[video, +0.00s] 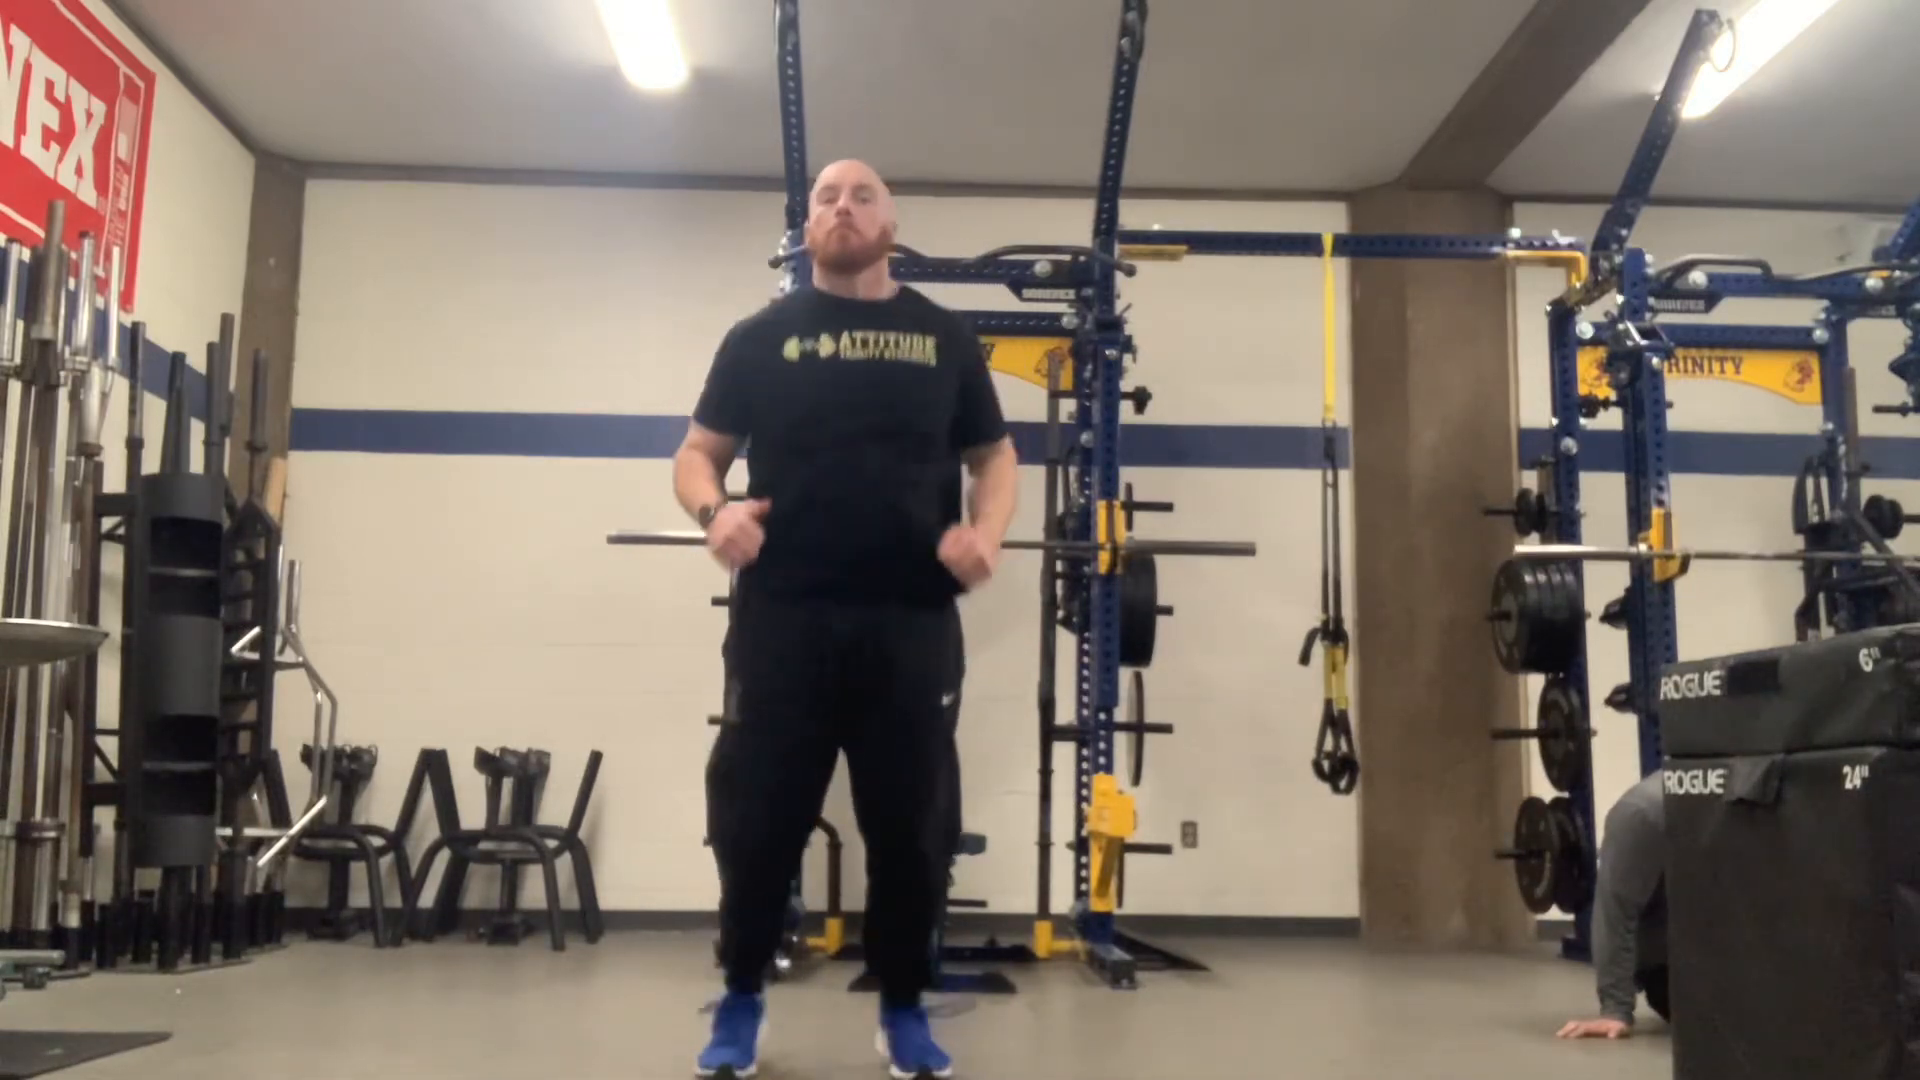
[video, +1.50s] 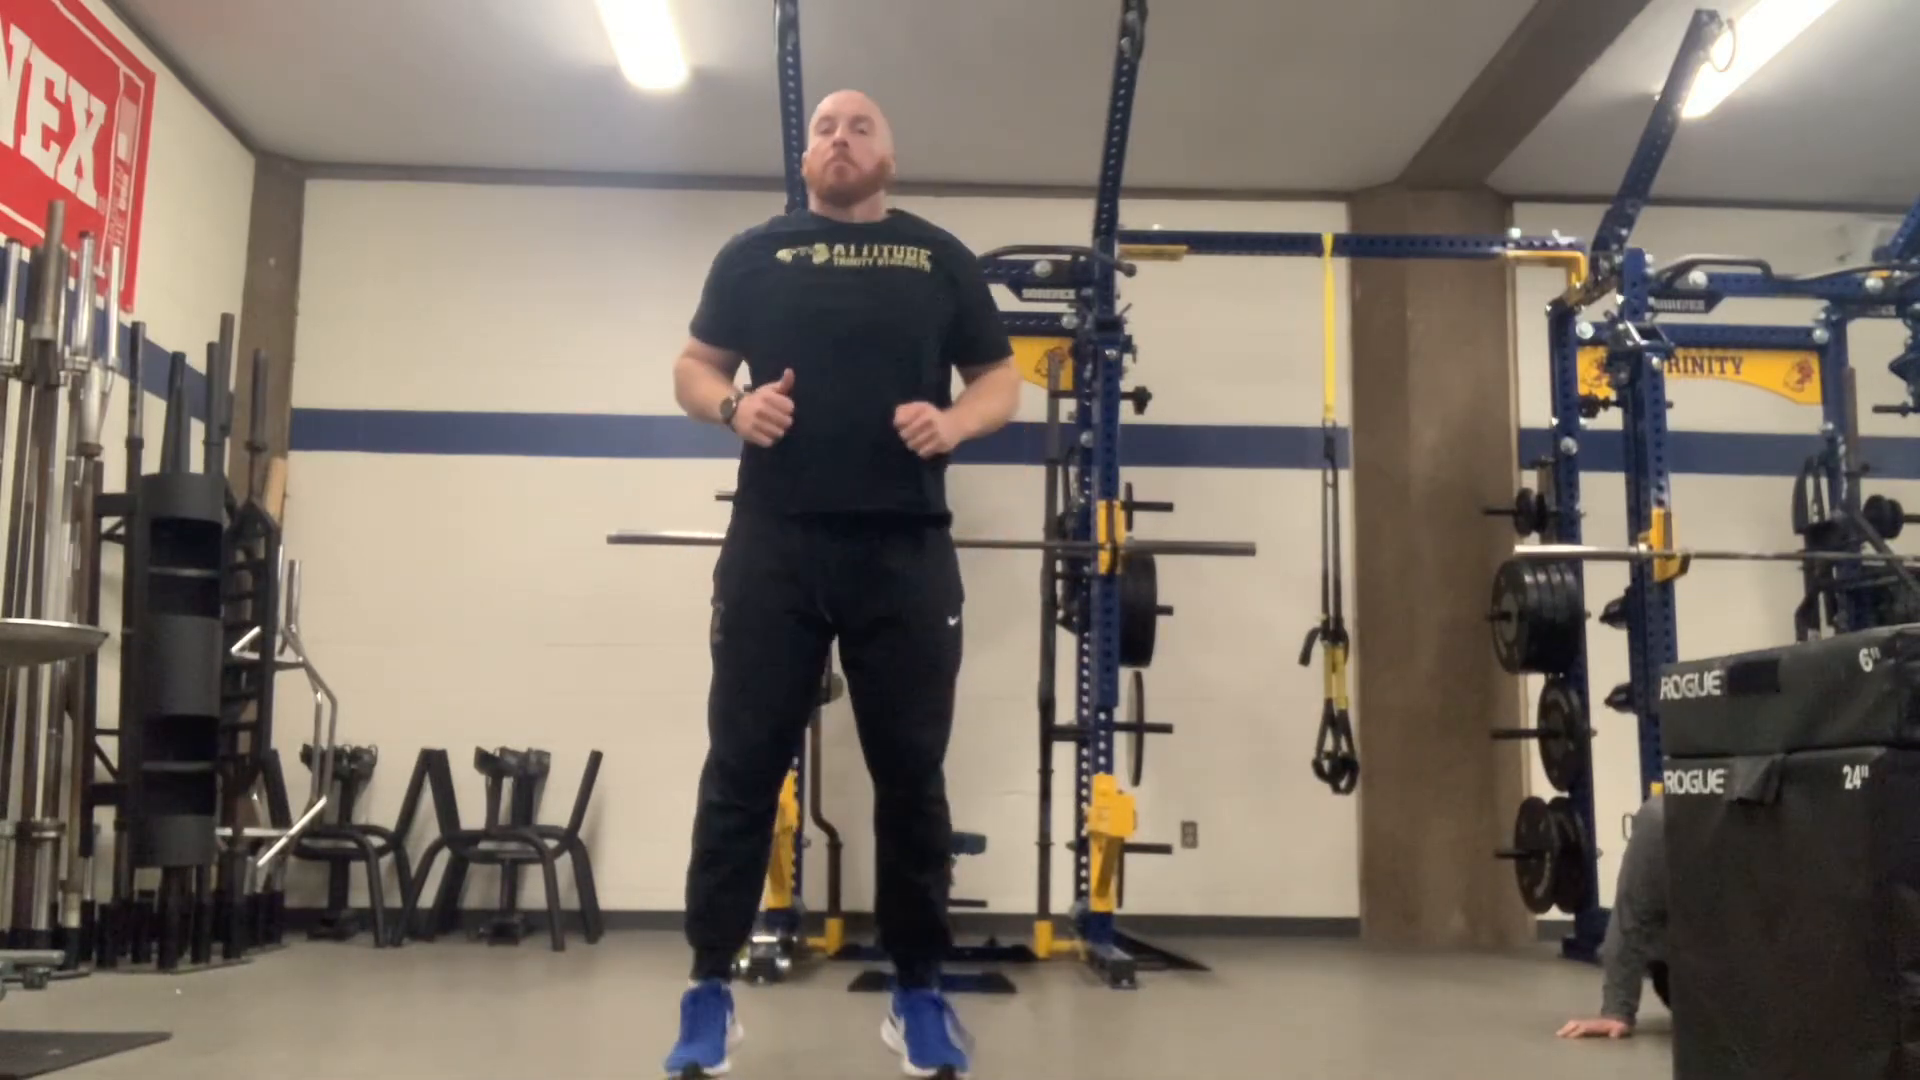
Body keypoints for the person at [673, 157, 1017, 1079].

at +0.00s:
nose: (843, 204)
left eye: (863, 194)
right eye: (827, 196)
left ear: (894, 228)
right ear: (804, 230)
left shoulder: (945, 338)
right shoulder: (760, 338)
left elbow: (995, 460)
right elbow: (695, 460)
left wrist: (985, 530)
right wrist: (714, 509)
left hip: (909, 622)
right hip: (782, 622)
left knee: (913, 830)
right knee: (757, 821)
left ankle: (905, 1017)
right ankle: (739, 1006)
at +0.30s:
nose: (840, 136)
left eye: (859, 127)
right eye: (824, 129)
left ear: (893, 161)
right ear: (802, 164)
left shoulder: (943, 264)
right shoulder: (752, 265)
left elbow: (1000, 390)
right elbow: (690, 388)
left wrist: (986, 457)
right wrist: (722, 417)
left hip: (908, 551)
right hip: (777, 548)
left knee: (915, 765)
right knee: (749, 756)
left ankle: (914, 983)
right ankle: (717, 982)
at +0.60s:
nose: (842, 145)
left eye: (862, 132)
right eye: (827, 132)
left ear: (895, 159)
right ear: (804, 156)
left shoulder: (946, 266)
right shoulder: (755, 263)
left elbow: (1005, 386)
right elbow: (699, 381)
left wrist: (971, 438)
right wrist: (733, 419)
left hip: (905, 569)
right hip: (772, 565)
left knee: (909, 788)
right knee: (742, 779)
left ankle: (918, 1010)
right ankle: (714, 1001)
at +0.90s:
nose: (838, 202)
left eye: (857, 190)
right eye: (823, 192)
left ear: (890, 221)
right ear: (800, 223)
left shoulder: (943, 333)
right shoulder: (755, 335)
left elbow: (1001, 453)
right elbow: (701, 457)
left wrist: (977, 504)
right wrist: (719, 502)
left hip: (906, 622)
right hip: (781, 618)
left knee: (903, 830)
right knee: (764, 824)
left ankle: (902, 1018)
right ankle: (744, 1010)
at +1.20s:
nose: (843, 149)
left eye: (861, 141)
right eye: (826, 144)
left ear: (894, 175)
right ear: (802, 180)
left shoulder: (948, 282)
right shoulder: (752, 282)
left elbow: (1012, 405)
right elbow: (693, 404)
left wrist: (971, 432)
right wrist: (729, 431)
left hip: (907, 566)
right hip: (773, 563)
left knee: (921, 787)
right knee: (742, 775)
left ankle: (922, 1016)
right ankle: (705, 1005)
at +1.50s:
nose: (841, 134)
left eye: (861, 125)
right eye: (825, 126)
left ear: (893, 159)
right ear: (802, 159)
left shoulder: (941, 259)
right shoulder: (752, 256)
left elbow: (1002, 382)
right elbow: (697, 370)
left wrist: (955, 422)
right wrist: (732, 406)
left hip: (903, 551)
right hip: (775, 546)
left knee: (912, 777)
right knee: (742, 766)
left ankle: (919, 992)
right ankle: (708, 988)